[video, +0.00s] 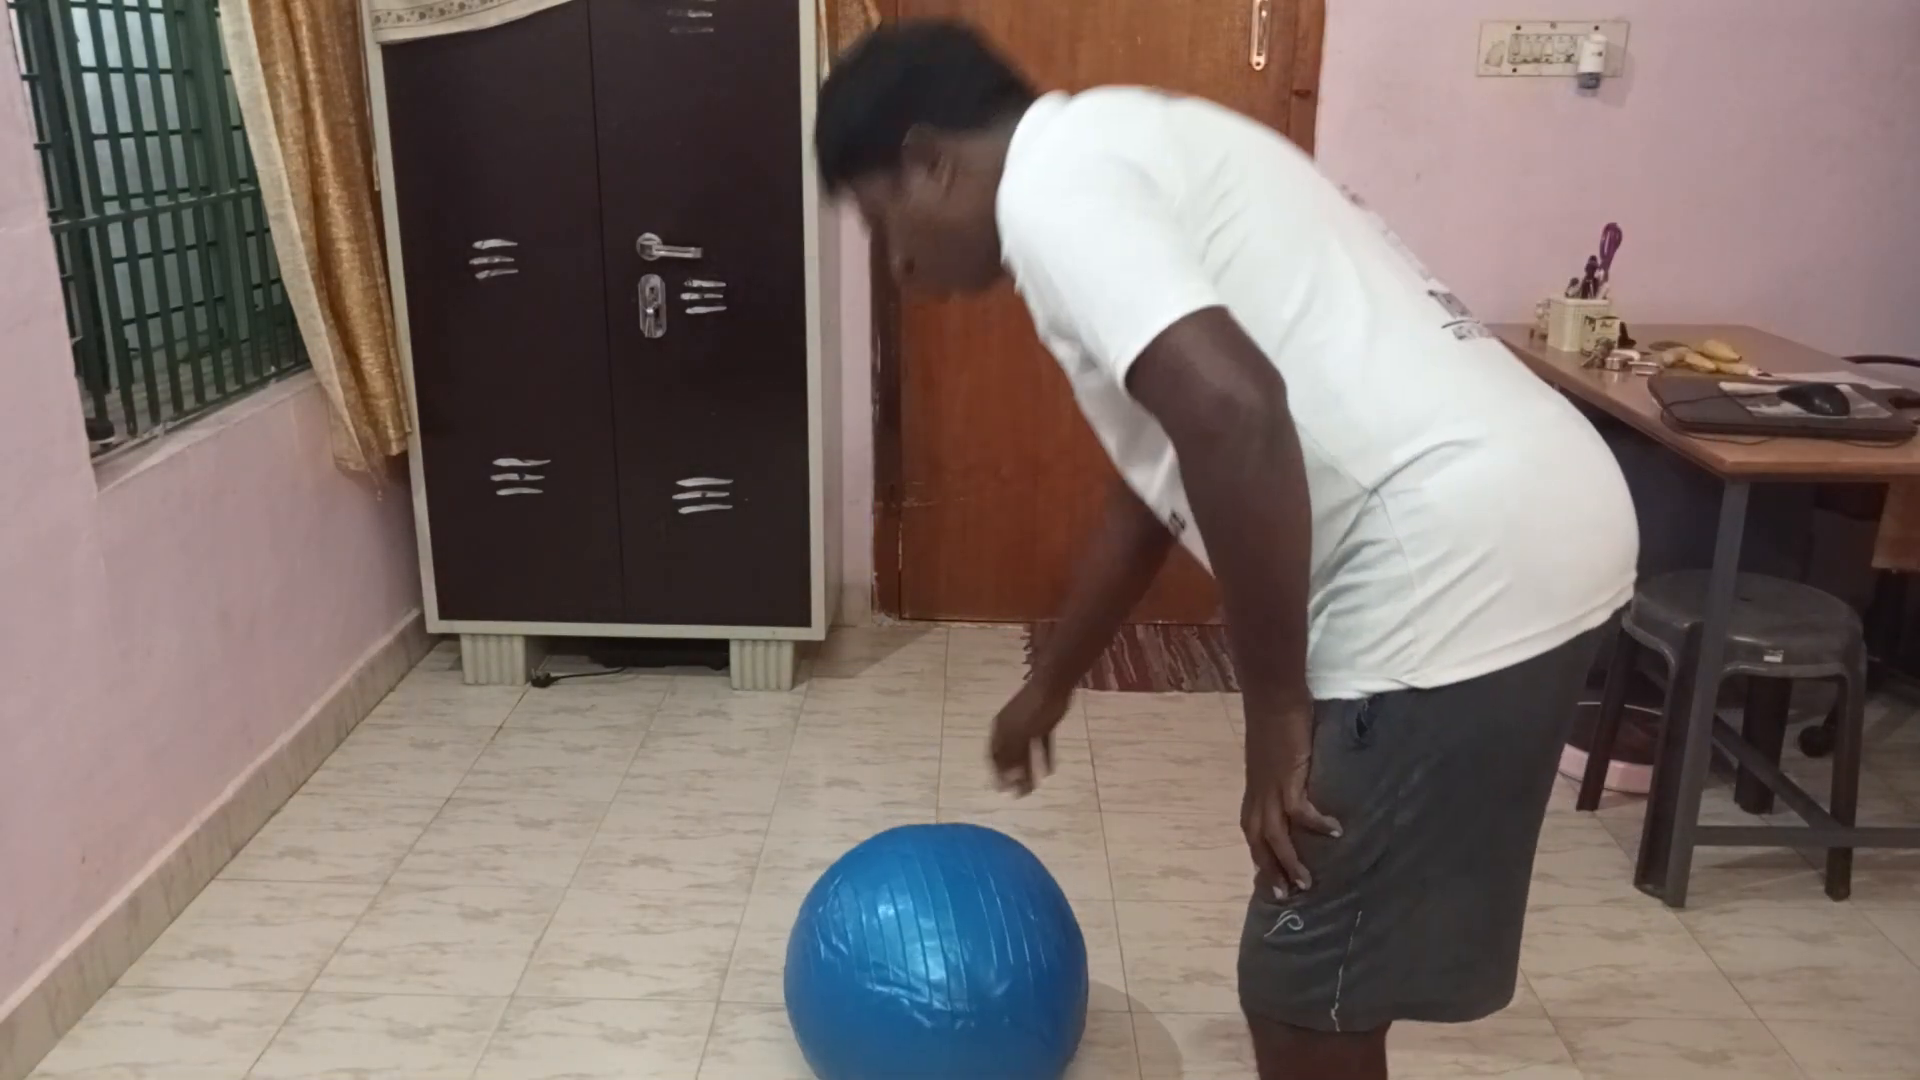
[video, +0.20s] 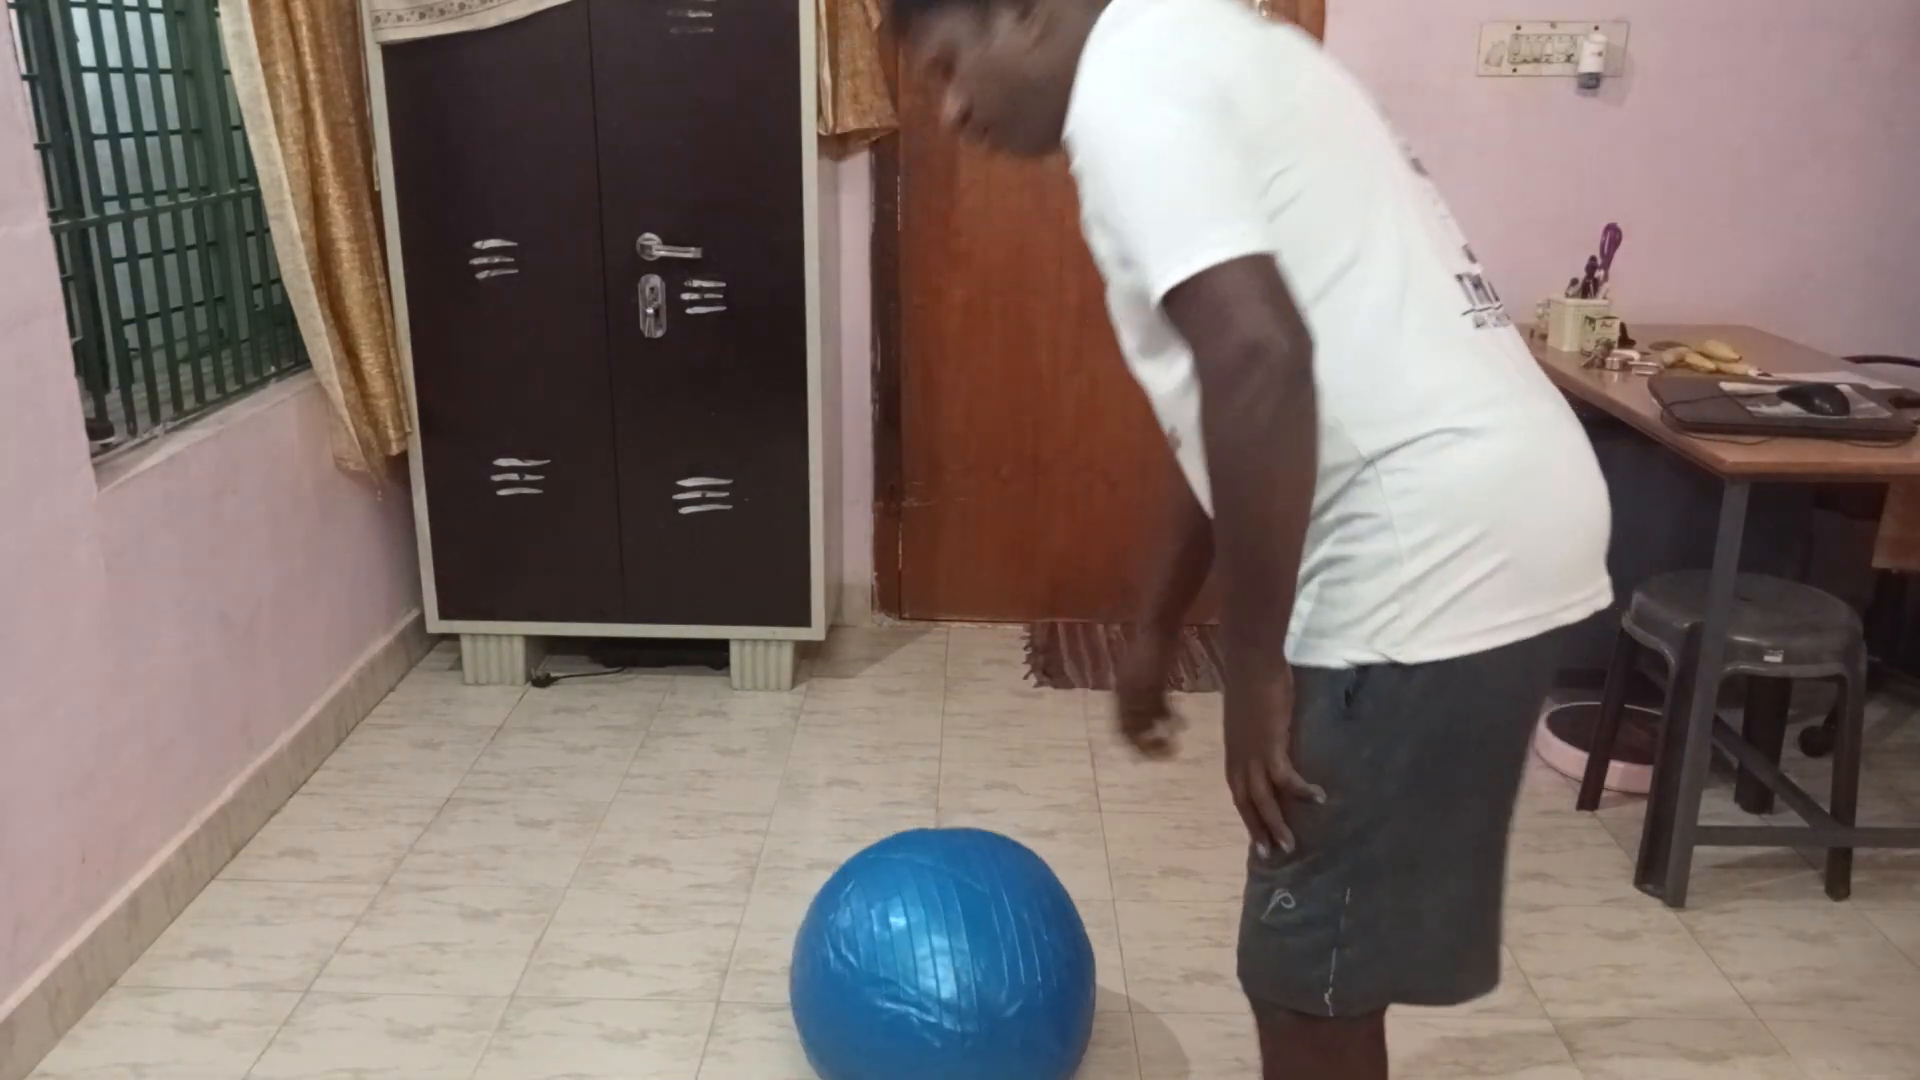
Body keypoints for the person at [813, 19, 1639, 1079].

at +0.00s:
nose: (891, 265)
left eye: (876, 222)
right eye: (871, 235)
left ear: (931, 160)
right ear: (936, 154)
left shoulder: (1057, 179)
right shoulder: (1121, 144)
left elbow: (1235, 415)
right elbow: (1160, 477)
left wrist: (1275, 719)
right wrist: (1048, 681)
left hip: (1454, 562)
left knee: (1304, 986)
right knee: (1323, 974)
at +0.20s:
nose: (949, 112)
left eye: (947, 66)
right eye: (931, 86)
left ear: (1023, 9)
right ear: (1037, 9)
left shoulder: (1133, 74)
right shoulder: (1199, 46)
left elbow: (1258, 359)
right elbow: (1233, 388)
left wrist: (1254, 669)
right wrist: (1157, 622)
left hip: (1422, 561)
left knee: (1305, 979)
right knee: (1327, 969)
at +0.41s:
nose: (1038, 13)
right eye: (1032, 5)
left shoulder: (1258, 26)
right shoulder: (1213, 36)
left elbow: (1366, 284)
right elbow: (1280, 312)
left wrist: (1268, 583)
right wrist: (1238, 558)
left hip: (1435, 536)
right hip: (1374, 526)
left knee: (1353, 931)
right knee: (1307, 835)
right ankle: (1341, 1059)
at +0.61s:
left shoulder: (1396, 12)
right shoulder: (1278, 23)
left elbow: (1468, 246)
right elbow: (1304, 282)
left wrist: (1310, 519)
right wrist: (1243, 509)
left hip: (1467, 536)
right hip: (1345, 528)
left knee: (1441, 907)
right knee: (1322, 828)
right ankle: (1324, 1070)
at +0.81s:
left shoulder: (1551, 14)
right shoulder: (1332, 16)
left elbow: (1604, 246)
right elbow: (1314, 261)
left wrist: (1399, 529)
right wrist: (1236, 481)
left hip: (1528, 553)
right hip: (1352, 534)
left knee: (1564, 904)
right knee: (1357, 834)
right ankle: (1331, 1070)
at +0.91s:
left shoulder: (1647, 14)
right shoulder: (1373, 15)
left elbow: (1697, 259)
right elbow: (1343, 262)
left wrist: (1496, 546)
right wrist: (1249, 467)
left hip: (1591, 575)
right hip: (1387, 547)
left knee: (1622, 919)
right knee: (1384, 838)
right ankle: (1334, 1070)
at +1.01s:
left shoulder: (1746, 17)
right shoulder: (1441, 20)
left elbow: (1801, 281)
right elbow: (1387, 284)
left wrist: (1625, 581)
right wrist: (1264, 490)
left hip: (1639, 608)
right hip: (1431, 571)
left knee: (1657, 933)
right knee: (1402, 855)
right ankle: (1337, 1070)